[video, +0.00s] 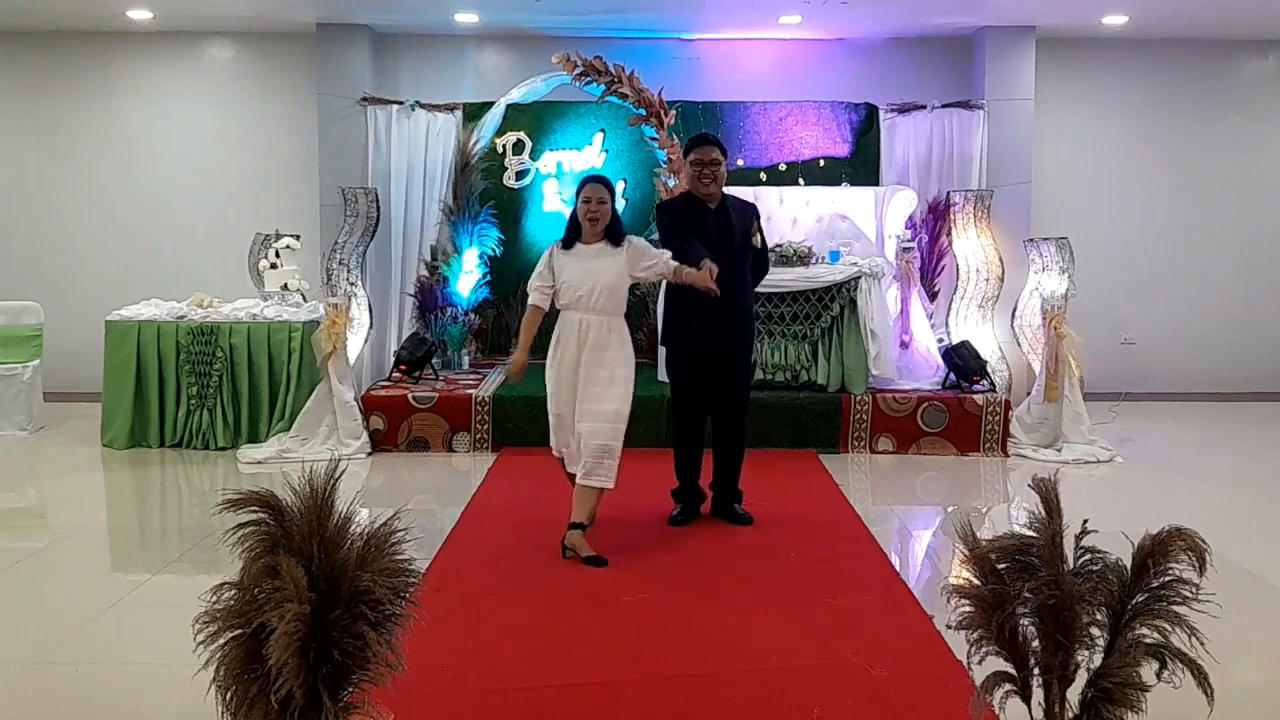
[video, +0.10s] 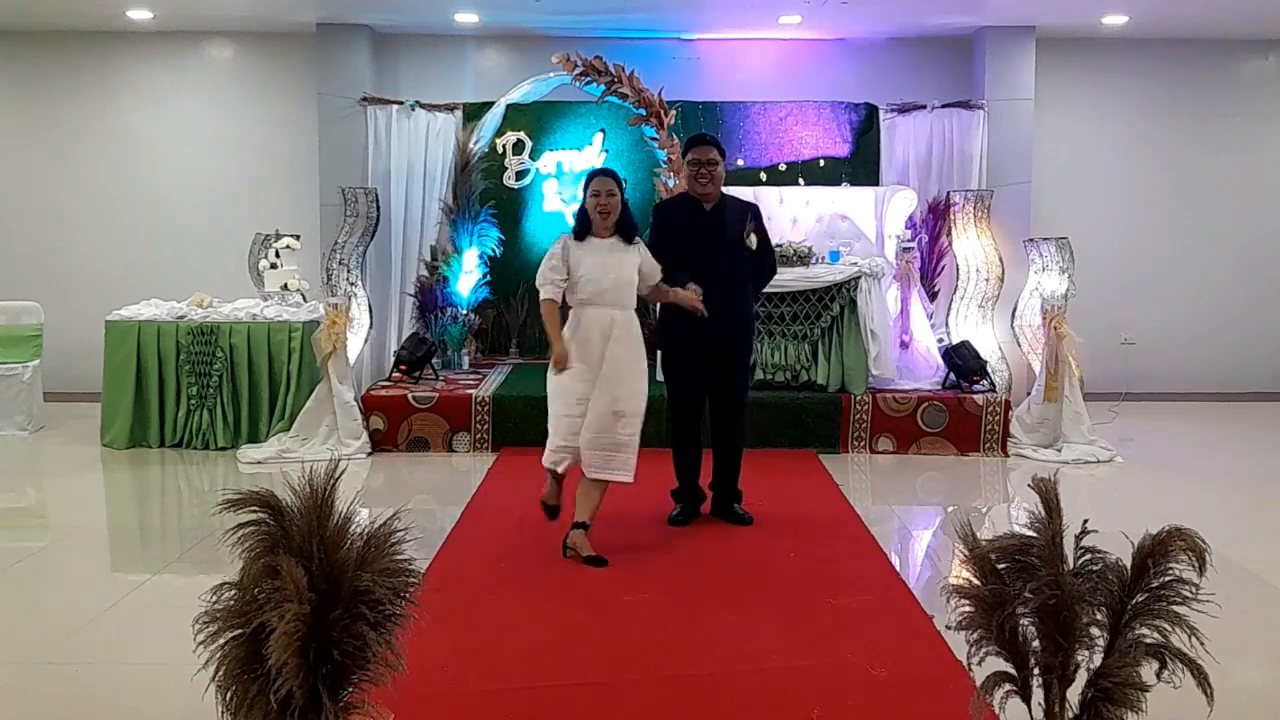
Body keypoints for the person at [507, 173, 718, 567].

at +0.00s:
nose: (593, 209)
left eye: (601, 202)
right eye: (586, 201)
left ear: (612, 208)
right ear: (576, 207)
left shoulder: (629, 249)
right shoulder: (557, 254)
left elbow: (669, 266)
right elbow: (537, 305)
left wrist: (695, 276)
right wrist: (521, 352)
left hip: (611, 350)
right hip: (569, 348)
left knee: (600, 437)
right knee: (566, 435)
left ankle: (576, 532)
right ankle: (585, 504)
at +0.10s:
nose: (604, 202)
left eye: (611, 194)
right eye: (596, 195)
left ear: (622, 201)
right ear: (584, 202)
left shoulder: (635, 250)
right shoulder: (566, 247)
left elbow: (651, 289)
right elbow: (548, 296)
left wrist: (678, 294)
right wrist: (555, 342)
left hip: (624, 350)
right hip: (579, 347)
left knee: (609, 439)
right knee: (567, 434)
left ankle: (579, 531)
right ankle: (554, 481)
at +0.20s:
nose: (622, 200)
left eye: (627, 193)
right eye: (613, 193)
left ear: (635, 200)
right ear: (598, 200)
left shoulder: (629, 247)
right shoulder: (591, 243)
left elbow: (620, 298)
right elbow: (570, 291)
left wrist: (650, 299)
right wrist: (608, 336)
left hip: (627, 361)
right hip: (602, 361)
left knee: (614, 442)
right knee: (596, 439)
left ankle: (579, 528)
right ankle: (560, 514)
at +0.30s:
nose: (651, 198)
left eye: (648, 190)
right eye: (644, 191)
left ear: (618, 198)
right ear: (625, 198)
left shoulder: (595, 241)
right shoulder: (626, 242)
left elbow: (580, 300)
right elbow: (630, 299)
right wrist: (670, 336)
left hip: (602, 357)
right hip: (630, 358)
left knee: (600, 442)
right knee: (657, 445)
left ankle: (572, 530)